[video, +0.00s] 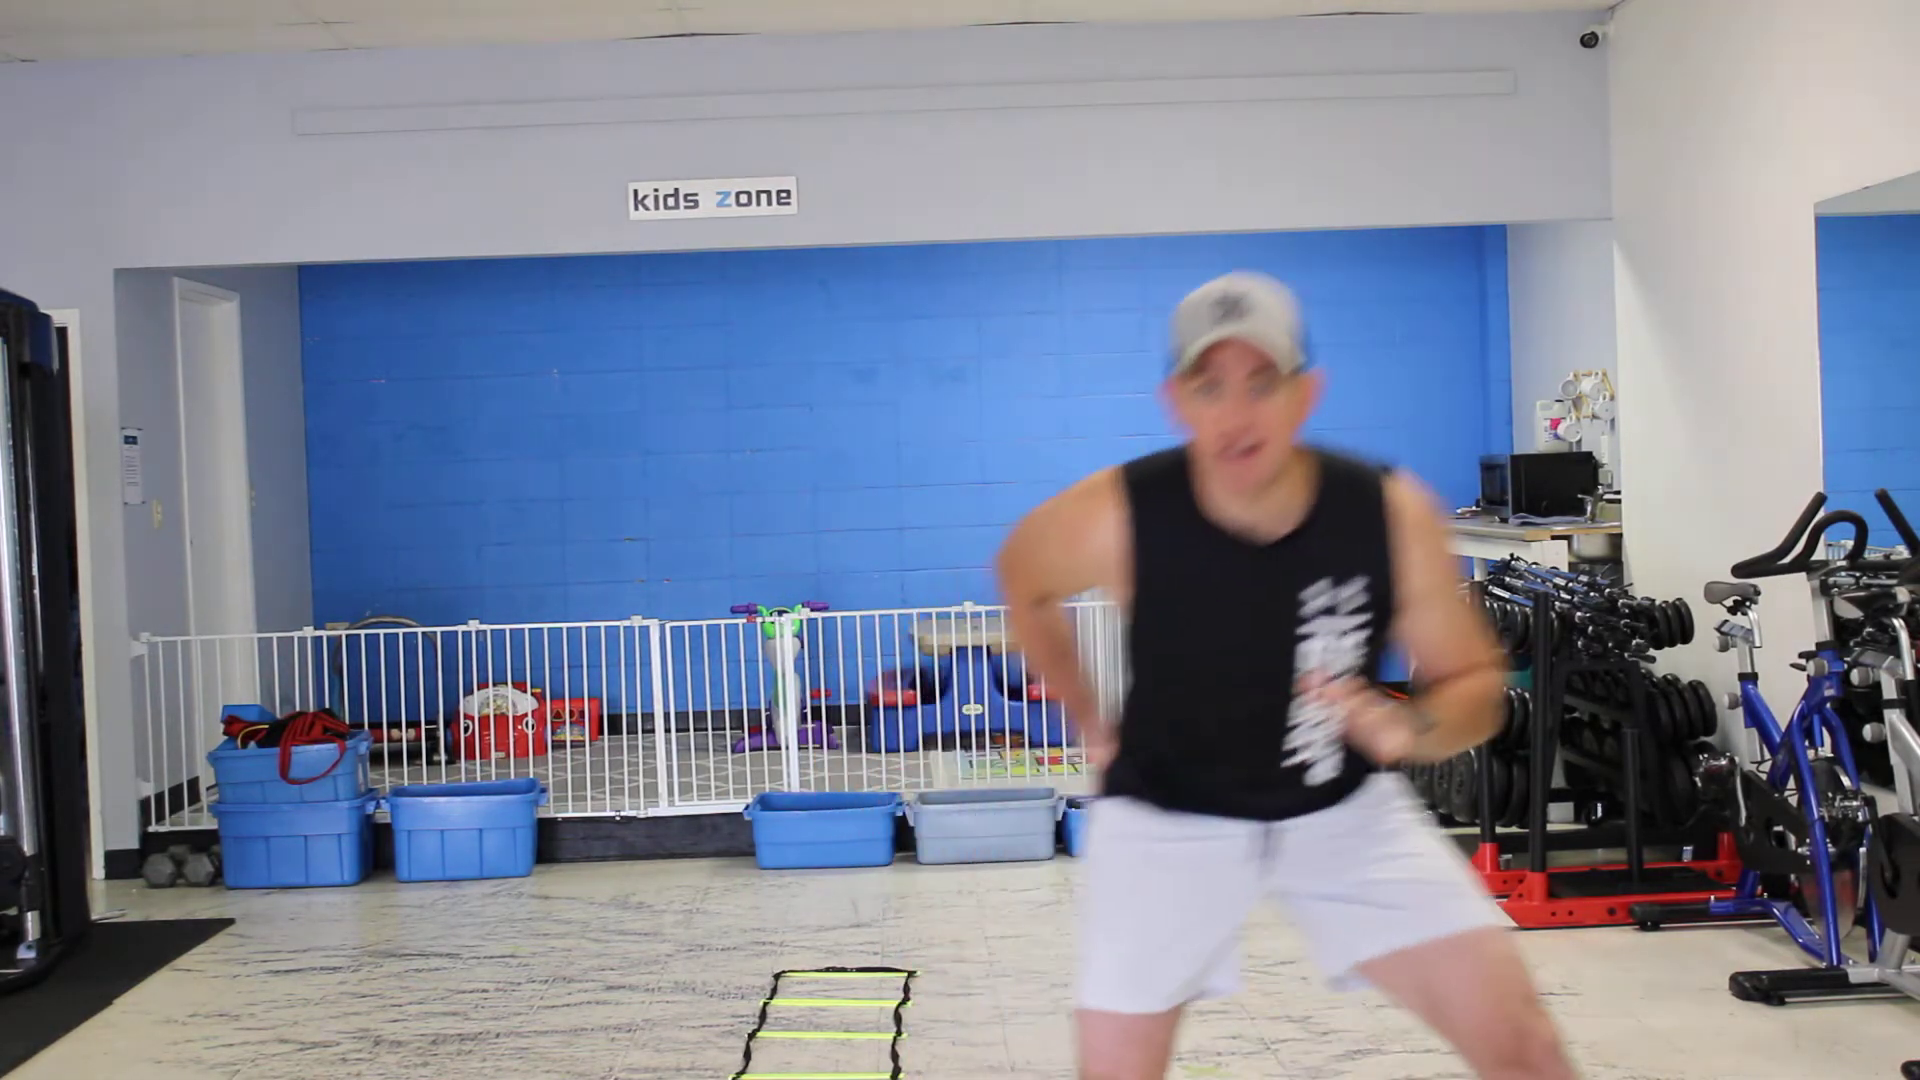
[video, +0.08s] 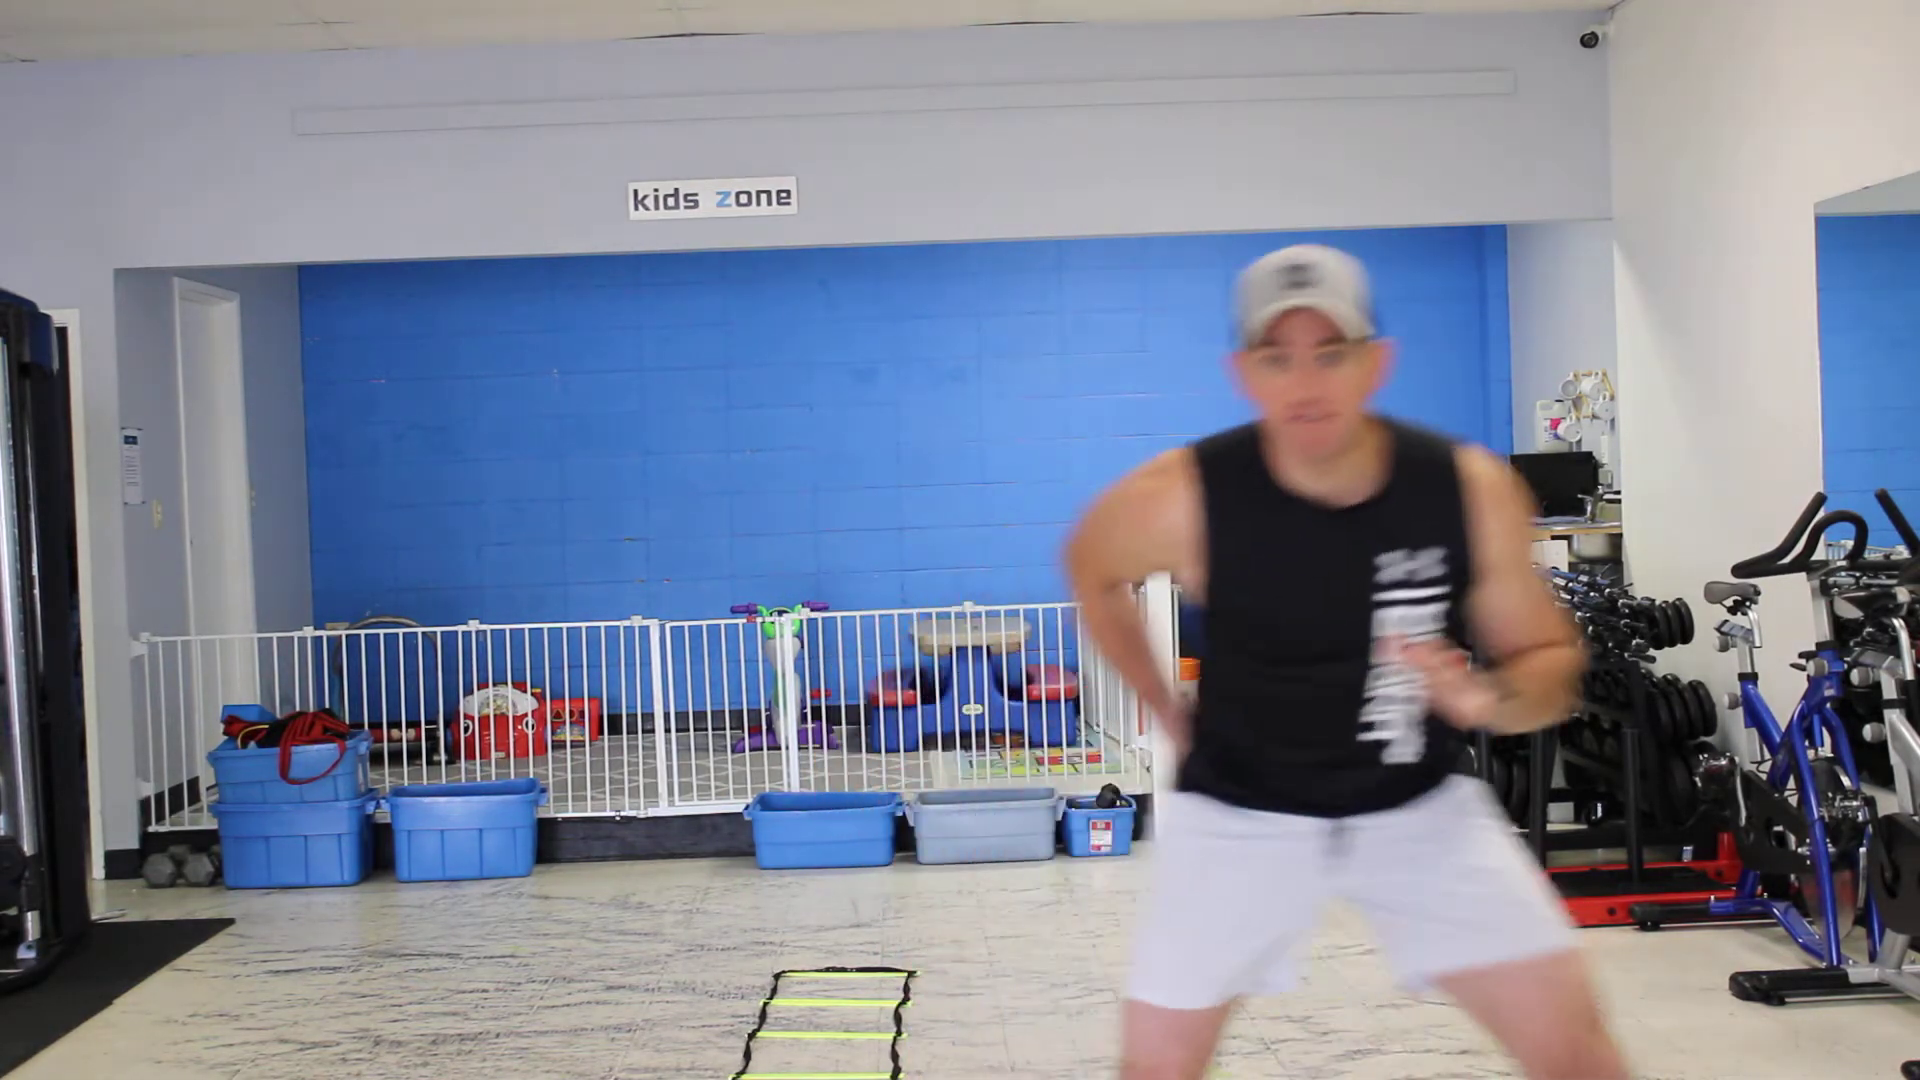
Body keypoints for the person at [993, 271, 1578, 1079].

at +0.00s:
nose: (1236, 414)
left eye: (1261, 384)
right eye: (1207, 387)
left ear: (1306, 394)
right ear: (1176, 404)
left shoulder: (1391, 513)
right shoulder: (1121, 514)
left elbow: (1478, 683)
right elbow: (1021, 574)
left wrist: (1416, 726)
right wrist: (1090, 721)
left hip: (1350, 817)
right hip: (1161, 828)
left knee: (1521, 1042)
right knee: (1116, 1069)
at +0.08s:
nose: (1304, 385)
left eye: (1329, 355)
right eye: (1277, 358)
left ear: (1376, 364)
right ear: (1243, 373)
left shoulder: (1472, 489)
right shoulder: (1186, 497)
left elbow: (1554, 663)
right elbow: (1091, 566)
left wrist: (1491, 698)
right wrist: (1169, 711)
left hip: (1426, 814)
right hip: (1234, 822)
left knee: (1577, 1055)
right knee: (1155, 1066)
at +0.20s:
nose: (1409, 397)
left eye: (1434, 366)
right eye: (1380, 370)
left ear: (1479, 376)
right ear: (1344, 387)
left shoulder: (1574, 502)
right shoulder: (1285, 520)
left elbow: (1678, 701)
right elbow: (1198, 598)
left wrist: (1608, 700)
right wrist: (1273, 744)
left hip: (1524, 840)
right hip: (1329, 850)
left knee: (1691, 1062)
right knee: (1218, 1070)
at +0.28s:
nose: (1463, 415)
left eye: (1486, 383)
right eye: (1434, 388)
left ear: (1530, 389)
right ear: (1396, 405)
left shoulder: (1626, 520)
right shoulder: (1332, 537)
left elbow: (1725, 690)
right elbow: (1233, 619)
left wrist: (1682, 723)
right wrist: (1309, 768)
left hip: (1563, 857)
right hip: (1365, 865)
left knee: (1731, 1064)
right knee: (1241, 1070)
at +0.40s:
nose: (1503, 426)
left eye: (1529, 393)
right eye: (1473, 398)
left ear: (1572, 400)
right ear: (1437, 414)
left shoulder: (1663, 529)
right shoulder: (1368, 544)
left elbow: (1758, 694)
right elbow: (1258, 622)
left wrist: (1722, 728)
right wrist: (1333, 772)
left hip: (1587, 863)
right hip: (1386, 869)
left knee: (1749, 1067)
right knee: (1255, 1071)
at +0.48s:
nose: (1504, 419)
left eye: (1530, 387)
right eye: (1473, 391)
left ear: (1573, 396)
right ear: (1437, 408)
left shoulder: (1665, 527)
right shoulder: (1368, 538)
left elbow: (1754, 688)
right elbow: (1261, 618)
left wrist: (1723, 730)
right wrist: (1331, 769)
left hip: (1587, 863)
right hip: (1386, 868)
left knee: (1746, 1066)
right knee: (1255, 1070)